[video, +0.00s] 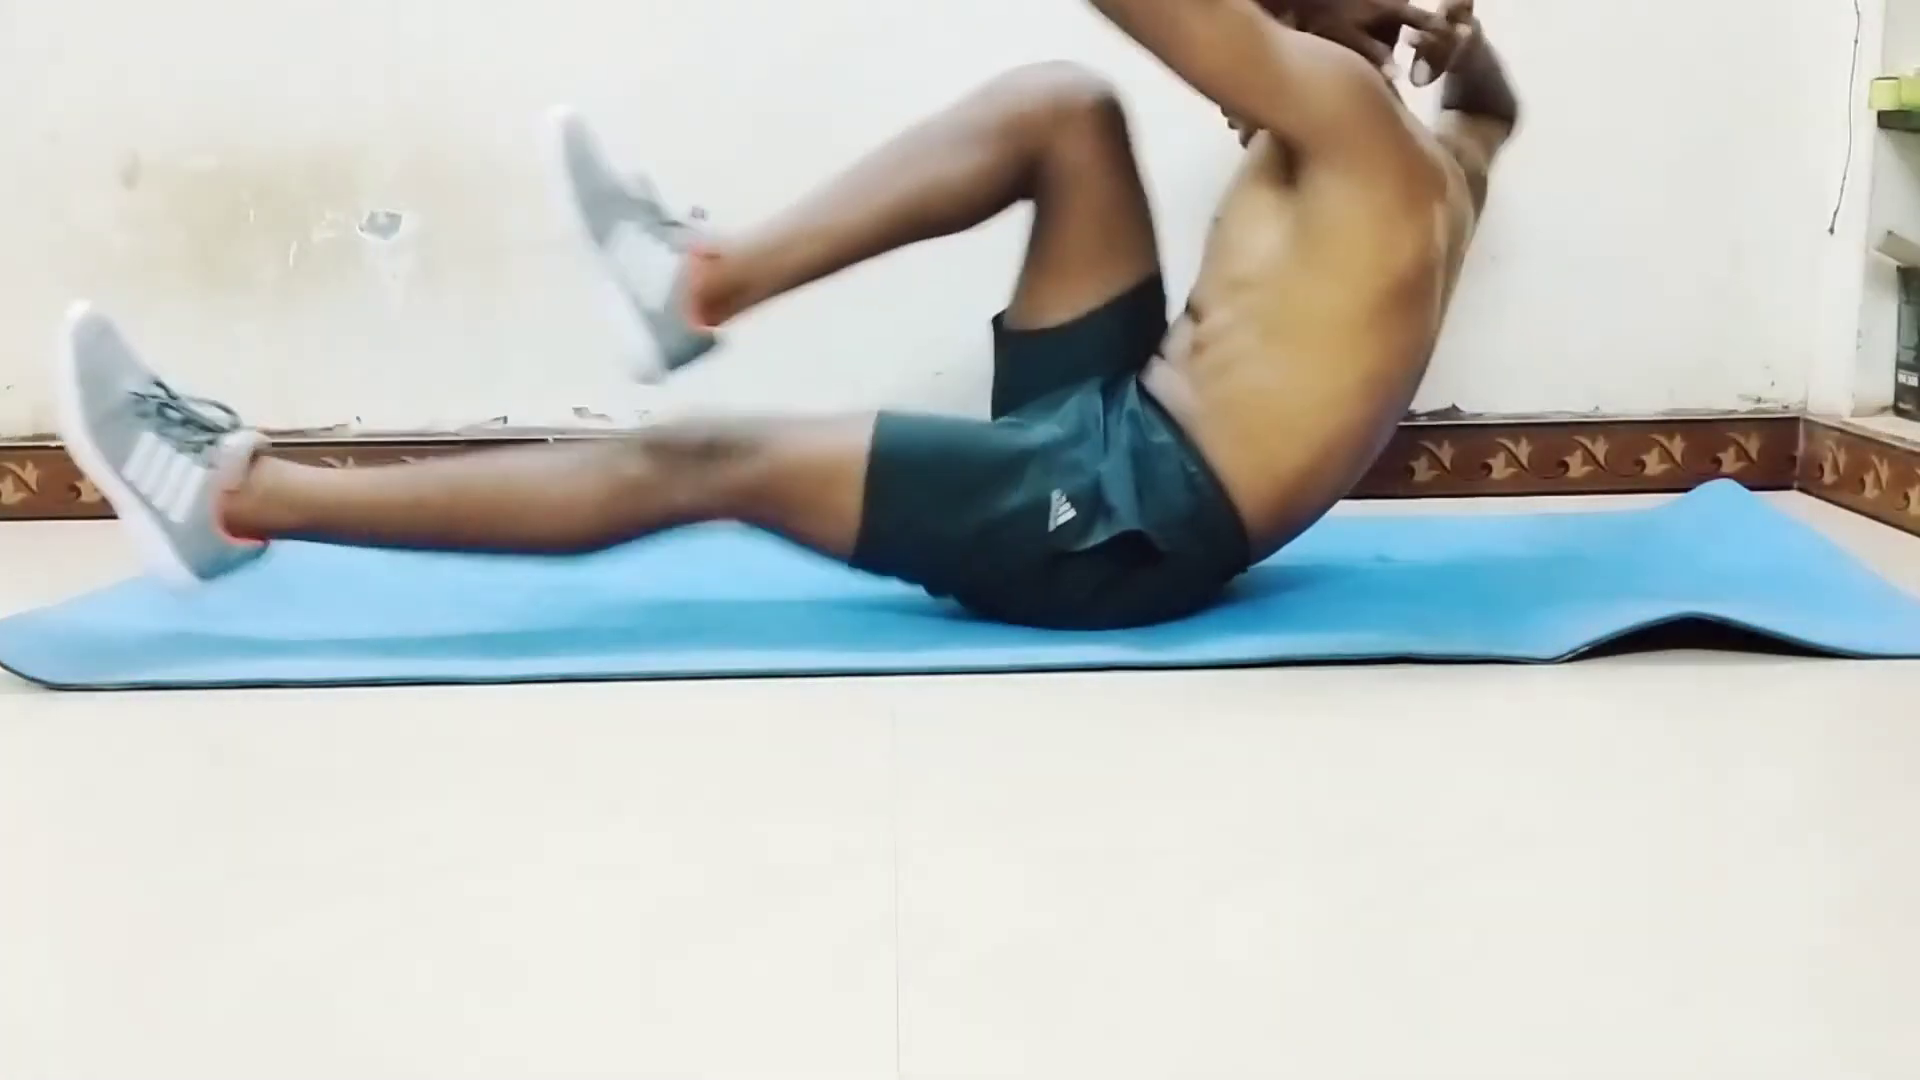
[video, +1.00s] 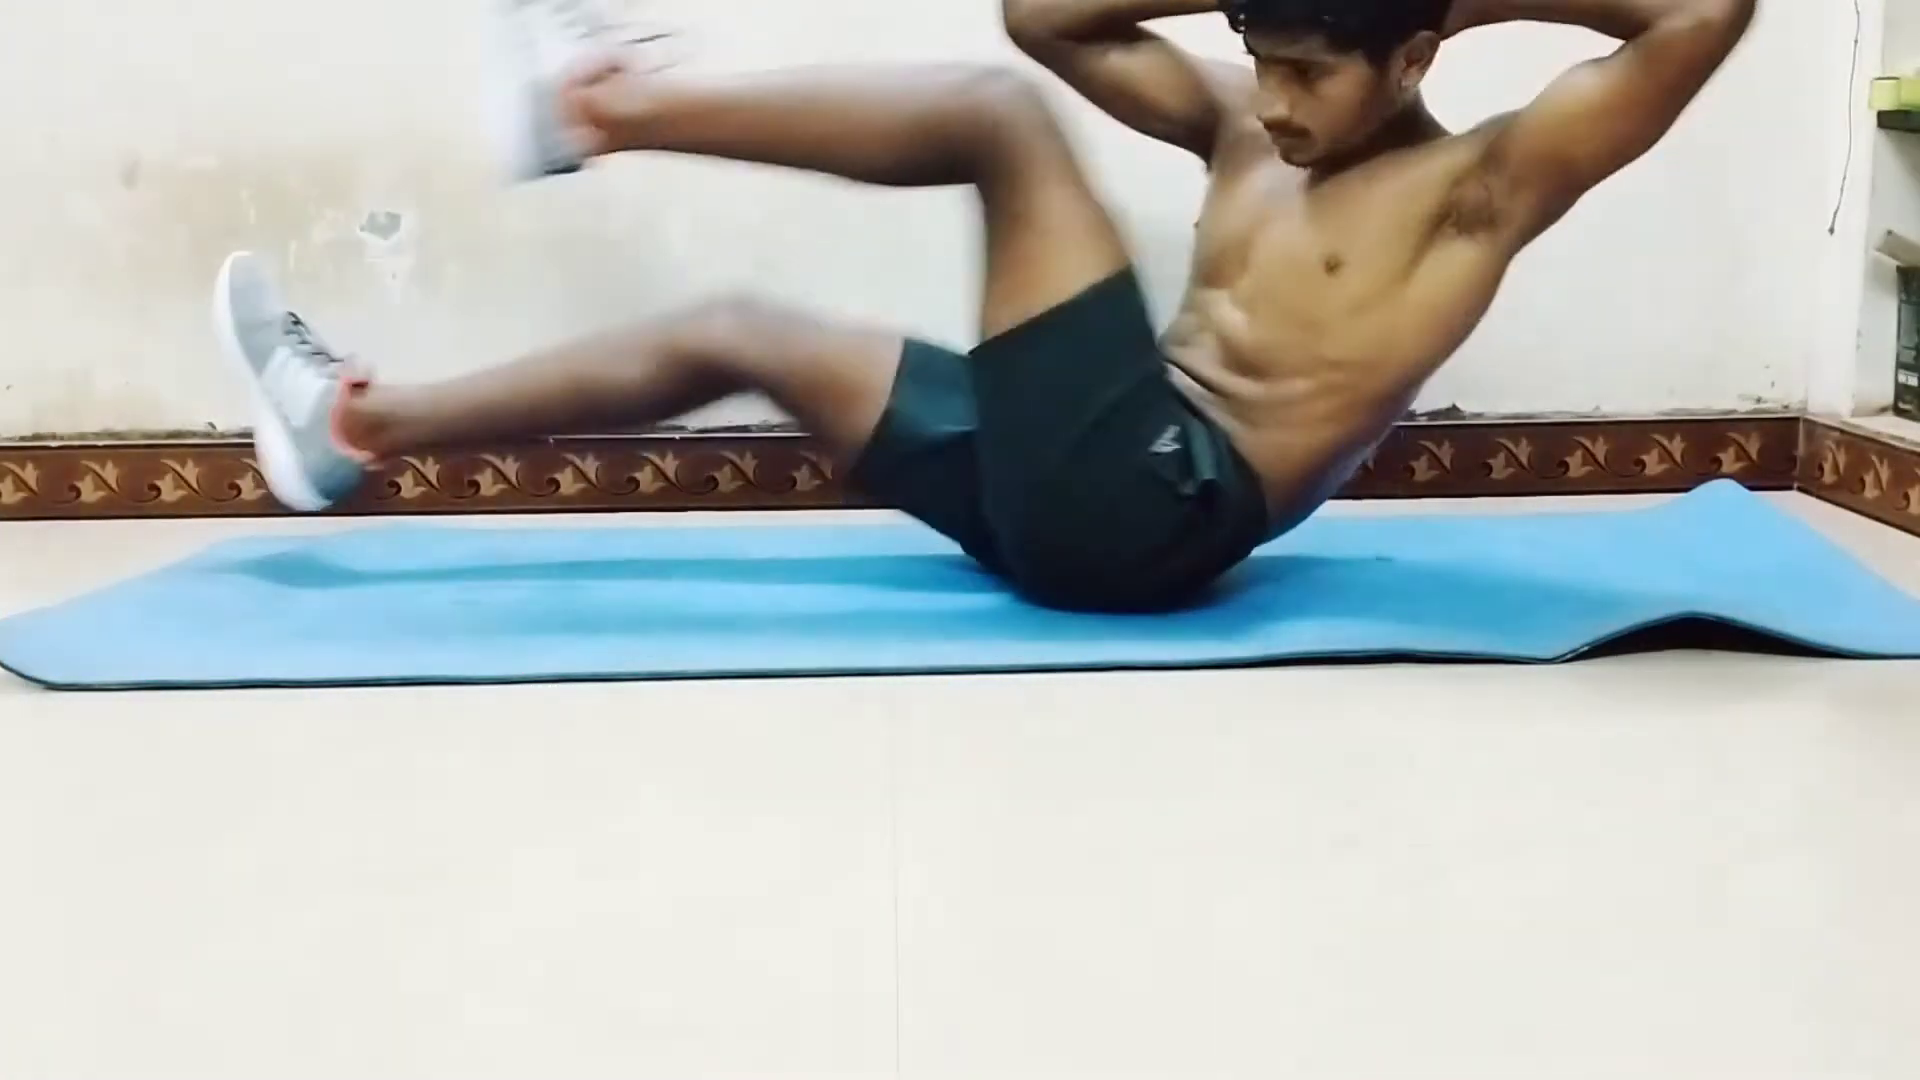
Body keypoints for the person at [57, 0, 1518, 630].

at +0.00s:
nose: (1263, 23)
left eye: (1281, 12)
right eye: (1284, 13)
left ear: (1360, 21)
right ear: (1398, 35)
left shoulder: (1358, 114)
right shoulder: (1409, 142)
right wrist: (1418, 58)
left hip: (1114, 510)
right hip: (1126, 434)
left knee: (695, 462)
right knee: (1069, 111)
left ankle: (236, 494)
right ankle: (705, 279)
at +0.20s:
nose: (1224, 69)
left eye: (1239, 41)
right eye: (1225, 43)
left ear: (1332, 31)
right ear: (1326, 40)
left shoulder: (1405, 162)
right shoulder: (1355, 161)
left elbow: (1294, 57)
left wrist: (1396, 47)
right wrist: (1389, 44)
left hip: (1141, 509)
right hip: (1115, 427)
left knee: (744, 343)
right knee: (949, 143)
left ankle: (316, 465)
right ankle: (584, 292)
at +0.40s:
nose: (1249, 78)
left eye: (1273, 43)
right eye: (1240, 53)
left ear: (1380, 39)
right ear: (1290, 64)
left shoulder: (1447, 170)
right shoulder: (1334, 173)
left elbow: (1468, 29)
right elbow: (1195, 50)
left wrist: (1373, 49)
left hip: (1155, 516)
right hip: (1124, 476)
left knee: (847, 207)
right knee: (845, 200)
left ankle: (448, 343)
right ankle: (458, 331)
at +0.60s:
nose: (1267, 77)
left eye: (1298, 51)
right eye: (1262, 52)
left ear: (1400, 51)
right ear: (1280, 60)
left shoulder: (1467, 178)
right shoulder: (1258, 138)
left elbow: (1640, 15)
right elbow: (1063, 38)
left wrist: (1470, 27)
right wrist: (1256, 35)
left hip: (1153, 504)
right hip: (1066, 468)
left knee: (1015, 111)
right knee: (734, 345)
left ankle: (620, 198)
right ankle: (357, 384)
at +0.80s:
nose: (1271, 78)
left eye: (1306, 58)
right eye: (1265, 50)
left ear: (1407, 60)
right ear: (1266, 47)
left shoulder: (1473, 174)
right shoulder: (1233, 114)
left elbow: (1720, 32)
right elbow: (1061, 51)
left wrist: (1546, 17)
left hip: (1159, 513)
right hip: (1069, 452)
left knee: (1084, 107)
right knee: (716, 380)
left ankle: (676, 125)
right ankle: (332, 423)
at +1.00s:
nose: (1280, 92)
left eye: (1314, 70)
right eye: (1272, 68)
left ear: (1408, 69)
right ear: (1281, 73)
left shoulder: (1484, 179)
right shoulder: (1242, 118)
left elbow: (1699, 36)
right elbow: (1052, 36)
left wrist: (1552, 20)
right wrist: (1211, 9)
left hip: (1156, 508)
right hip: (1066, 462)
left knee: (1005, 125)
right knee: (724, 334)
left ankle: (607, 111)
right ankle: (354, 429)